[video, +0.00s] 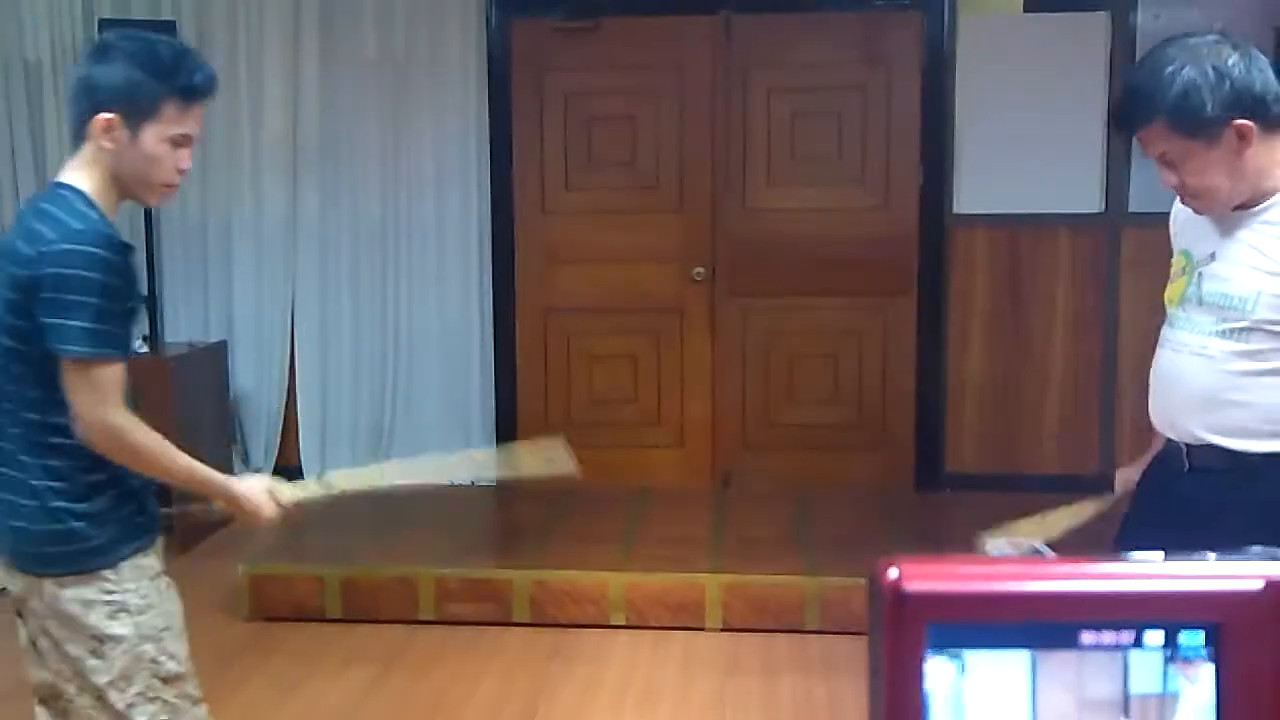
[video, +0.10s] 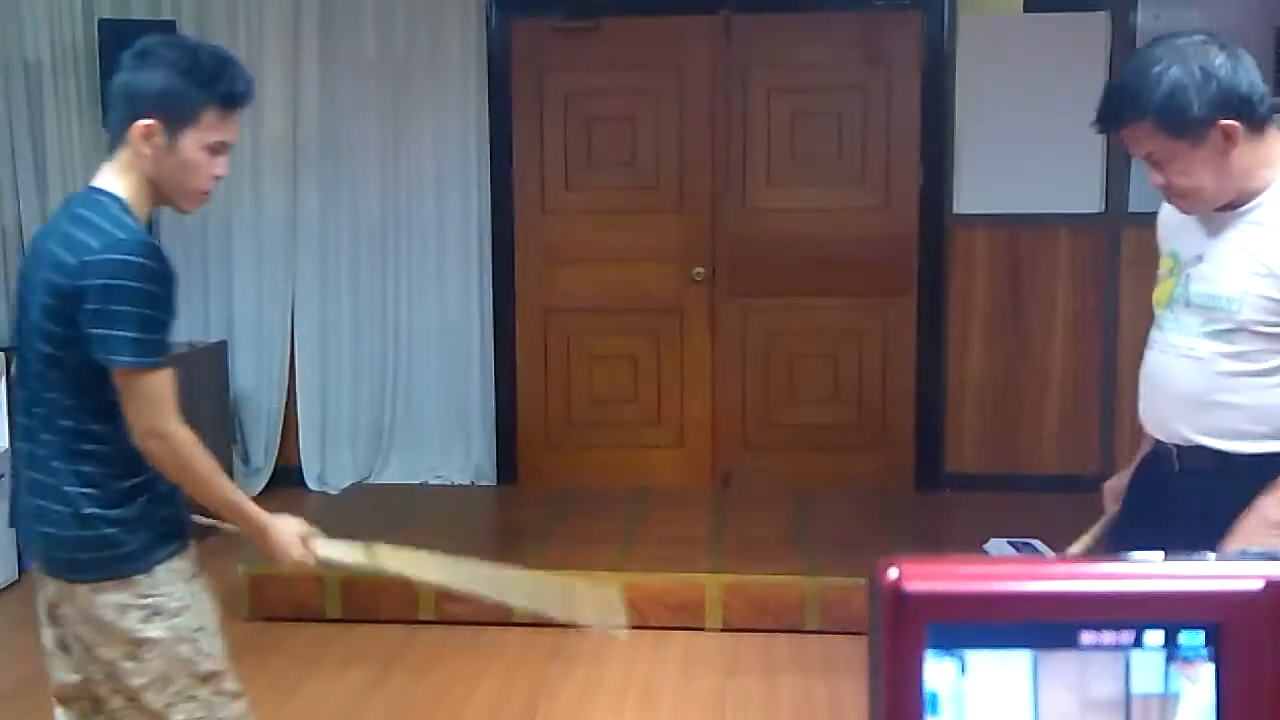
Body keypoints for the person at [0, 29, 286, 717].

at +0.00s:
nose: (187, 165)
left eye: (192, 145)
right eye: (175, 143)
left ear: (106, 135)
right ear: (109, 131)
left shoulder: (44, 221)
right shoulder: (85, 244)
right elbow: (99, 419)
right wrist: (229, 490)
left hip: (36, 537)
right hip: (87, 549)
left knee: (68, 708)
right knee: (162, 708)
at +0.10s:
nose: (222, 171)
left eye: (226, 152)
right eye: (213, 149)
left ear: (145, 139)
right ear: (148, 137)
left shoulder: (64, 231)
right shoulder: (125, 254)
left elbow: (56, 405)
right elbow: (157, 431)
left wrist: (166, 495)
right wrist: (262, 526)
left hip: (61, 544)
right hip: (123, 552)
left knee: (89, 706)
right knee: (201, 705)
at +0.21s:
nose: (260, 170)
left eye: (264, 152)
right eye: (250, 149)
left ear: (181, 137)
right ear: (185, 134)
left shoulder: (90, 226)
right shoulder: (166, 259)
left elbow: (44, 357)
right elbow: (193, 437)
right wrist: (283, 550)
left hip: (78, 531)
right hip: (152, 544)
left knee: (106, 707)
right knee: (239, 705)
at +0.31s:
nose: (290, 167)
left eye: (295, 148)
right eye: (281, 146)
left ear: (212, 132)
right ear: (218, 131)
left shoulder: (125, 213)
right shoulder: (194, 252)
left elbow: (110, 382)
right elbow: (205, 432)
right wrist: (285, 548)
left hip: (95, 515)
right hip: (166, 535)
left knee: (125, 708)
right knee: (241, 708)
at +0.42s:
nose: (309, 167)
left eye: (312, 148)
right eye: (301, 146)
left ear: (232, 134)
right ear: (239, 132)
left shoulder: (151, 210)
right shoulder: (210, 249)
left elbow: (130, 383)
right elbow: (213, 432)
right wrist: (287, 543)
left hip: (108, 516)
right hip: (175, 537)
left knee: (143, 708)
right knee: (242, 708)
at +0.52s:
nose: (315, 167)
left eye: (318, 148)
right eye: (306, 146)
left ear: (237, 135)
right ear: (243, 134)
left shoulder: (157, 214)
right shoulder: (212, 249)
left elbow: (140, 386)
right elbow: (219, 432)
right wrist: (288, 542)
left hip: (116, 519)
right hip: (178, 538)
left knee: (145, 709)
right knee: (245, 708)